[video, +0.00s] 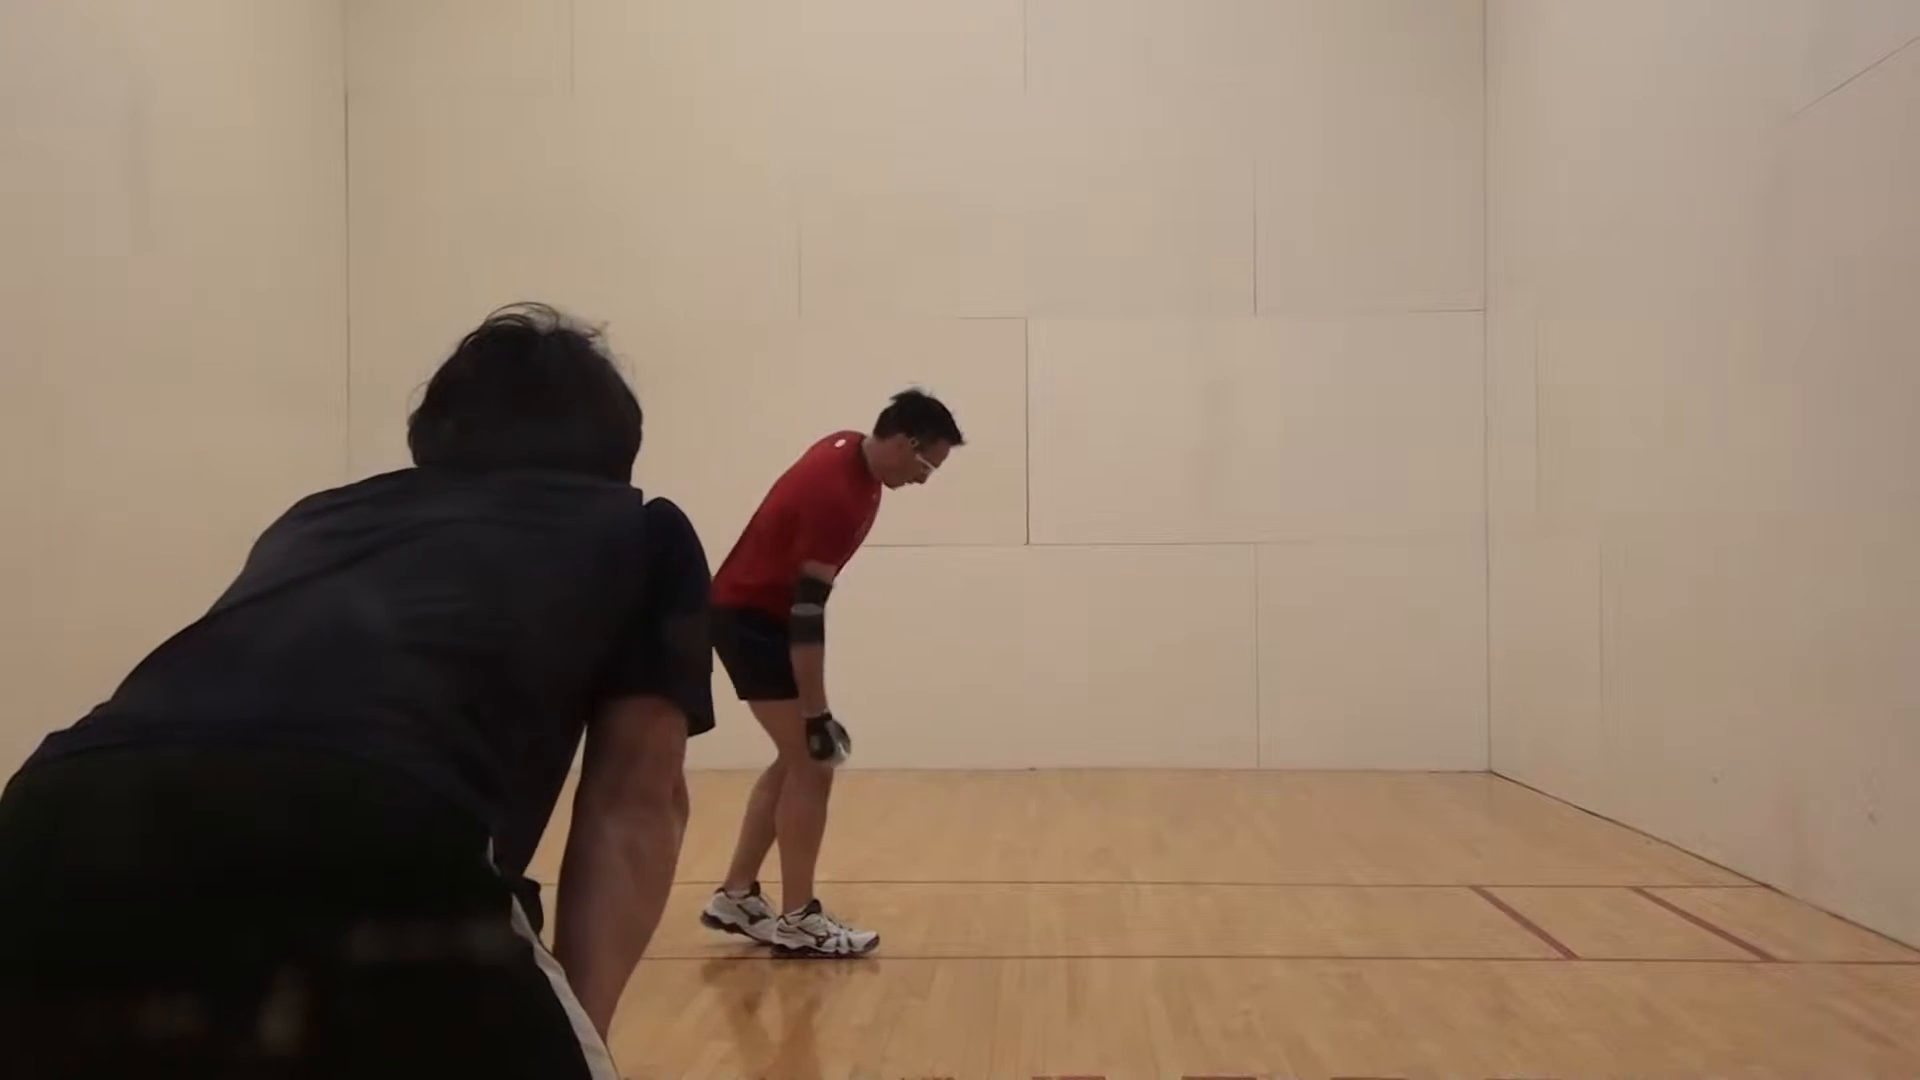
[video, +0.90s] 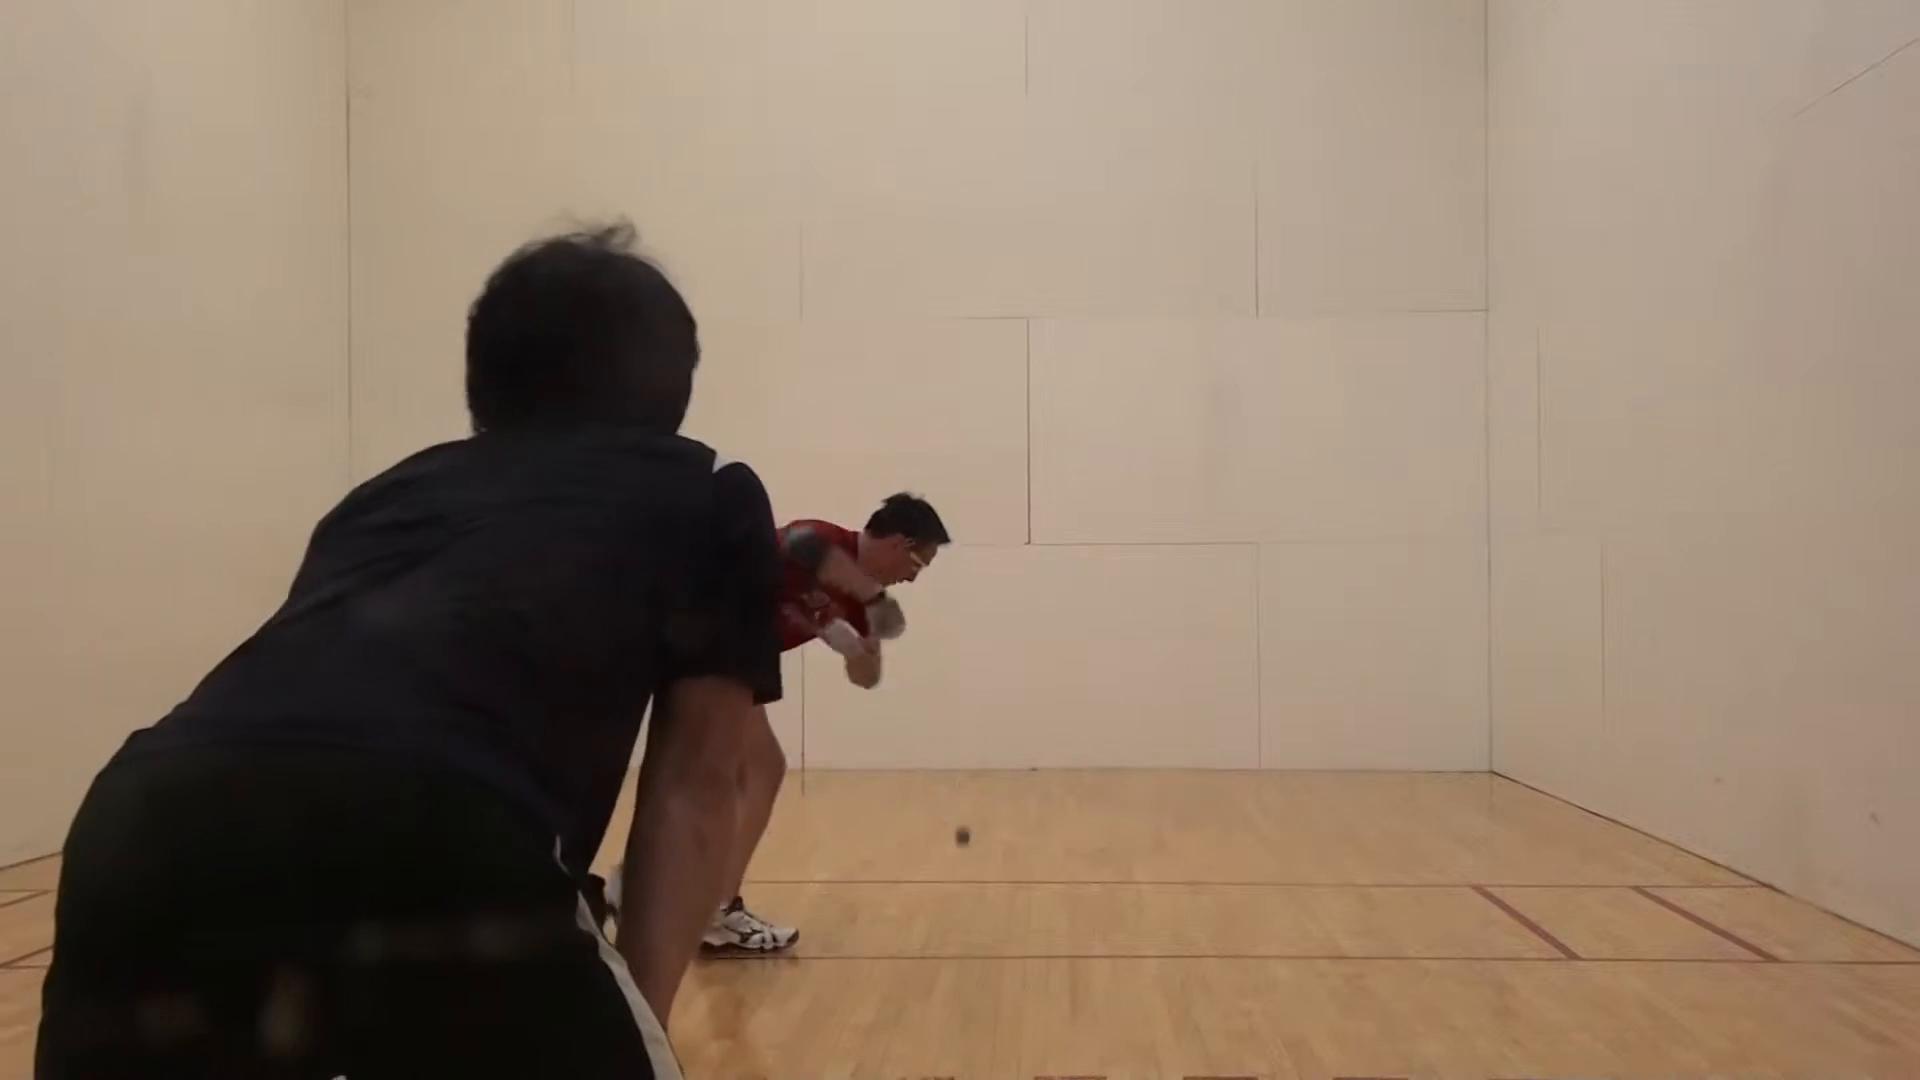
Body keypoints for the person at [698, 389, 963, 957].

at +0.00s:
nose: (923, 475)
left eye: (931, 467)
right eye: (923, 462)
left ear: (896, 439)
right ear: (895, 438)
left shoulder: (849, 454)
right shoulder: (842, 494)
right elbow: (806, 611)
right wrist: (815, 715)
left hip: (748, 610)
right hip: (751, 616)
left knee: (796, 755)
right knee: (811, 756)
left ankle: (735, 894)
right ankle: (797, 914)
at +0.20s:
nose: (939, 516)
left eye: (946, 507)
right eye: (938, 503)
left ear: (908, 481)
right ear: (910, 482)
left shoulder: (861, 483)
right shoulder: (849, 527)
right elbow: (828, 653)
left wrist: (810, 619)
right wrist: (854, 751)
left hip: (745, 624)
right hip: (747, 634)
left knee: (795, 756)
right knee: (815, 760)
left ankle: (723, 888)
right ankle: (799, 915)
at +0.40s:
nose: (937, 576)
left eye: (944, 566)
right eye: (940, 564)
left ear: (914, 541)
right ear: (915, 545)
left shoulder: (865, 528)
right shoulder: (836, 575)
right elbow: (822, 701)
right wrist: (912, 728)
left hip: (721, 643)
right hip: (732, 654)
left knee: (770, 780)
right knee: (819, 762)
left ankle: (646, 857)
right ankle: (800, 917)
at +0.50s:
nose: (929, 596)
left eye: (936, 587)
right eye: (932, 584)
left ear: (908, 561)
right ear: (910, 566)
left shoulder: (858, 546)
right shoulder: (829, 594)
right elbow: (818, 715)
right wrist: (910, 717)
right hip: (722, 663)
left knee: (743, 794)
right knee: (814, 764)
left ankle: (632, 868)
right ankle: (799, 917)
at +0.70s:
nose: (911, 587)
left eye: (917, 578)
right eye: (914, 574)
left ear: (888, 550)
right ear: (891, 553)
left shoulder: (834, 552)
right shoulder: (824, 567)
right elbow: (789, 664)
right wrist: (870, 697)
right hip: (703, 646)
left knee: (703, 779)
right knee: (776, 757)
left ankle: (647, 912)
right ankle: (790, 914)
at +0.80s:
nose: (912, 573)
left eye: (919, 565)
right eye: (912, 560)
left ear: (889, 543)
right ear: (887, 539)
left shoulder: (856, 579)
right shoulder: (813, 551)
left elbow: (825, 659)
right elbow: (794, 610)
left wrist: (840, 635)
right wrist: (863, 646)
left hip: (719, 642)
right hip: (706, 638)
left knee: (711, 772)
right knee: (770, 752)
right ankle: (743, 904)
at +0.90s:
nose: (916, 575)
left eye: (922, 567)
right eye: (919, 562)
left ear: (897, 546)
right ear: (897, 543)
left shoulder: (860, 602)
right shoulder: (822, 539)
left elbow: (867, 678)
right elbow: (802, 544)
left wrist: (858, 647)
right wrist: (873, 595)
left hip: (725, 667)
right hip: (704, 651)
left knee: (709, 775)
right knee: (765, 768)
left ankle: (624, 888)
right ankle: (720, 910)